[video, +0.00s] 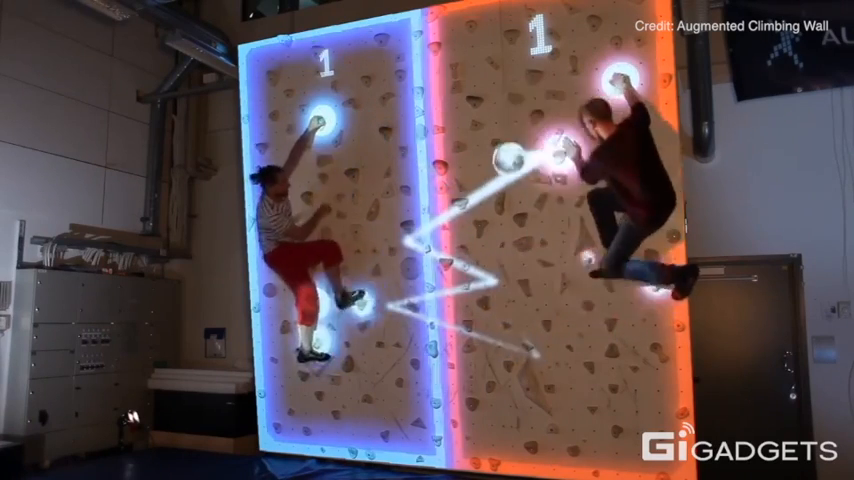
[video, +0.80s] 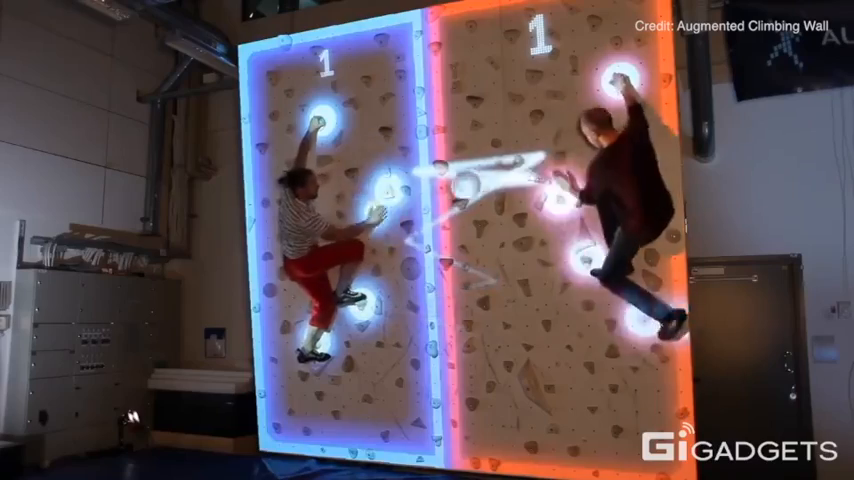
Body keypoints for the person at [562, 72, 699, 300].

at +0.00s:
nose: (588, 129)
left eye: (587, 124)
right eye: (586, 125)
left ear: (593, 123)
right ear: (609, 114)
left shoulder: (604, 154)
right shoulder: (636, 124)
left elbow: (588, 176)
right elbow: (640, 109)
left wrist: (575, 158)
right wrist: (628, 89)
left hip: (648, 212)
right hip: (665, 195)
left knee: (612, 266)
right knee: (597, 198)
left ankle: (680, 275)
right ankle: (614, 257)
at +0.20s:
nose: (602, 117)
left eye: (603, 112)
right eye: (602, 112)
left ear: (608, 116)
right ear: (627, 109)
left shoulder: (614, 146)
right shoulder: (646, 123)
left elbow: (581, 160)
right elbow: (640, 106)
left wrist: (565, 139)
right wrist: (631, 91)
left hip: (649, 211)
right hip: (666, 197)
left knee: (617, 265)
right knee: (600, 198)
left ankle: (683, 288)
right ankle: (615, 264)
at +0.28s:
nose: (590, 111)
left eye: (591, 106)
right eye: (590, 106)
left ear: (602, 107)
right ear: (617, 103)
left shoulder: (605, 135)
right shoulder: (638, 118)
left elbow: (573, 141)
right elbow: (634, 104)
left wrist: (549, 121)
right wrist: (627, 86)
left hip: (637, 206)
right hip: (655, 194)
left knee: (618, 265)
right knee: (595, 199)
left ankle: (682, 298)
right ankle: (614, 263)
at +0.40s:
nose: (570, 107)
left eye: (571, 103)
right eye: (572, 102)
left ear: (577, 104)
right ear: (596, 99)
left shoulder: (576, 133)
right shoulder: (616, 115)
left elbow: (554, 144)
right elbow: (632, 111)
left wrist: (542, 124)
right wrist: (625, 91)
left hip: (620, 202)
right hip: (641, 190)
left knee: (604, 257)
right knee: (588, 200)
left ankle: (645, 312)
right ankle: (611, 258)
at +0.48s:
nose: (562, 111)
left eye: (564, 106)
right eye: (565, 106)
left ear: (571, 108)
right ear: (588, 101)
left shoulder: (570, 139)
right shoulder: (610, 118)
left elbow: (560, 174)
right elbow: (629, 116)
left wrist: (550, 146)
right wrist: (626, 93)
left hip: (612, 205)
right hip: (637, 194)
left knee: (593, 259)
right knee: (587, 200)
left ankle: (627, 317)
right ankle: (616, 259)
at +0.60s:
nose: (560, 133)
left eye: (559, 128)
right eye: (560, 127)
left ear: (565, 128)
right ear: (581, 117)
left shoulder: (576, 160)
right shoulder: (607, 129)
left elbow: (585, 199)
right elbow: (628, 117)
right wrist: (625, 92)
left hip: (620, 217)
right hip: (644, 199)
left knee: (597, 265)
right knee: (605, 223)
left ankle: (645, 315)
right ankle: (618, 262)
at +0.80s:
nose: (588, 139)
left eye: (587, 134)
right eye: (586, 134)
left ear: (593, 132)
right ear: (611, 122)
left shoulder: (601, 166)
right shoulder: (636, 135)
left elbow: (590, 197)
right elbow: (635, 110)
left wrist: (571, 188)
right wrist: (626, 89)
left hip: (641, 226)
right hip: (665, 211)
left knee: (610, 277)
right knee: (606, 200)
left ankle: (669, 316)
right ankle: (618, 261)